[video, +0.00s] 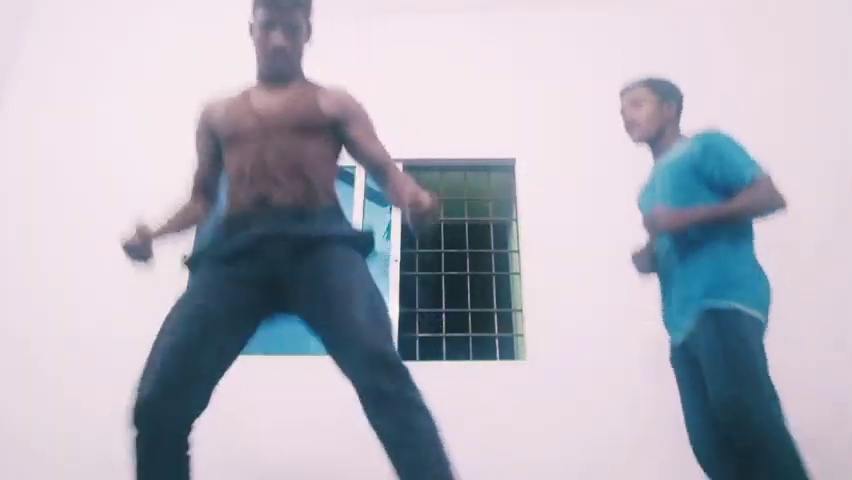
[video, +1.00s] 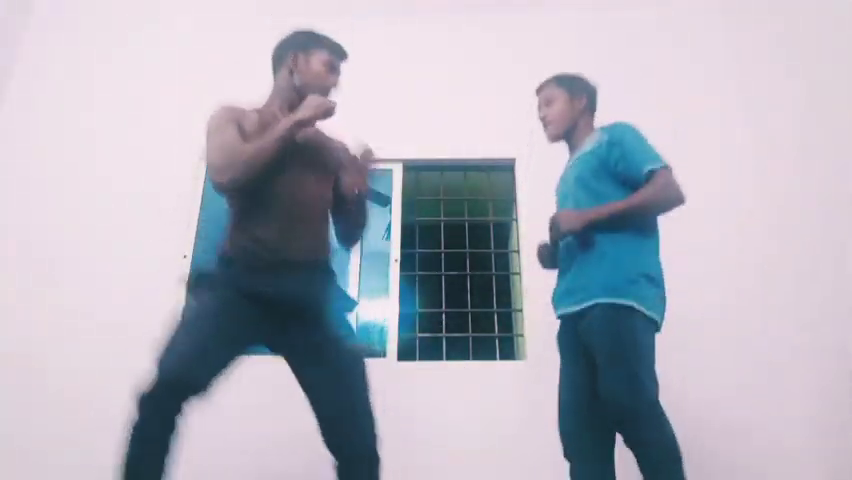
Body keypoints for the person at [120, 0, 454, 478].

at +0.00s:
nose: (277, 39)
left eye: (289, 28)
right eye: (267, 27)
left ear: (307, 33)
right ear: (251, 33)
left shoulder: (334, 104)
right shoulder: (218, 115)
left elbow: (384, 168)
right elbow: (202, 201)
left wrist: (414, 197)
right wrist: (154, 234)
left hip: (321, 254)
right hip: (234, 258)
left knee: (378, 367)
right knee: (158, 404)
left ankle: (432, 475)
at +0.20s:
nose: (277, 4)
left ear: (307, 7)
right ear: (254, 5)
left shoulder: (333, 70)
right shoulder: (221, 65)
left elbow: (374, 148)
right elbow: (187, 149)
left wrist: (394, 189)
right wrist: (140, 165)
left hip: (307, 216)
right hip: (226, 215)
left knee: (352, 340)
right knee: (153, 352)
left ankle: (349, 475)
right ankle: (142, 476)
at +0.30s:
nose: (282, 17)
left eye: (294, 8)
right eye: (273, 7)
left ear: (308, 19)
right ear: (257, 13)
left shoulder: (331, 94)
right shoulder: (218, 82)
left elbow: (363, 170)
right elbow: (180, 165)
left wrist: (382, 213)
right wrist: (143, 176)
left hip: (299, 237)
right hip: (219, 232)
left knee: (332, 360)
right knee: (142, 371)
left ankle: (327, 476)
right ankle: (118, 475)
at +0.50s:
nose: (290, 64)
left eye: (301, 56)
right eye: (281, 52)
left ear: (314, 66)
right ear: (262, 54)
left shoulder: (329, 151)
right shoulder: (215, 124)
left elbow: (339, 231)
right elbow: (176, 204)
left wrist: (354, 245)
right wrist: (209, 180)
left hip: (292, 302)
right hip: (211, 293)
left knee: (322, 431)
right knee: (131, 418)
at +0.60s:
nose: (301, 42)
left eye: (312, 35)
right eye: (292, 29)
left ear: (321, 45)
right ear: (271, 29)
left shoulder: (333, 122)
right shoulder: (226, 95)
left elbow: (342, 198)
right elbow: (193, 165)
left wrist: (355, 213)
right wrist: (256, 139)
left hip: (303, 271)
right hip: (226, 263)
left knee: (337, 376)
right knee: (157, 389)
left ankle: (327, 476)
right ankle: (115, 477)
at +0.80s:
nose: (337, 67)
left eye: (340, 58)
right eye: (330, 54)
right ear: (293, 53)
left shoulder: (341, 139)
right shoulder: (240, 109)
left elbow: (358, 228)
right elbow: (231, 154)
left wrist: (377, 209)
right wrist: (307, 110)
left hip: (324, 296)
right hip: (251, 290)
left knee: (366, 427)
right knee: (194, 415)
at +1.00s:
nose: (336, 76)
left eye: (338, 69)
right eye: (329, 65)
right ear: (291, 64)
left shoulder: (333, 150)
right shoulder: (233, 120)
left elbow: (349, 235)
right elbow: (225, 174)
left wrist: (353, 196)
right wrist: (294, 122)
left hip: (309, 302)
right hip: (236, 295)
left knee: (358, 446)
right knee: (164, 394)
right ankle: (139, 477)